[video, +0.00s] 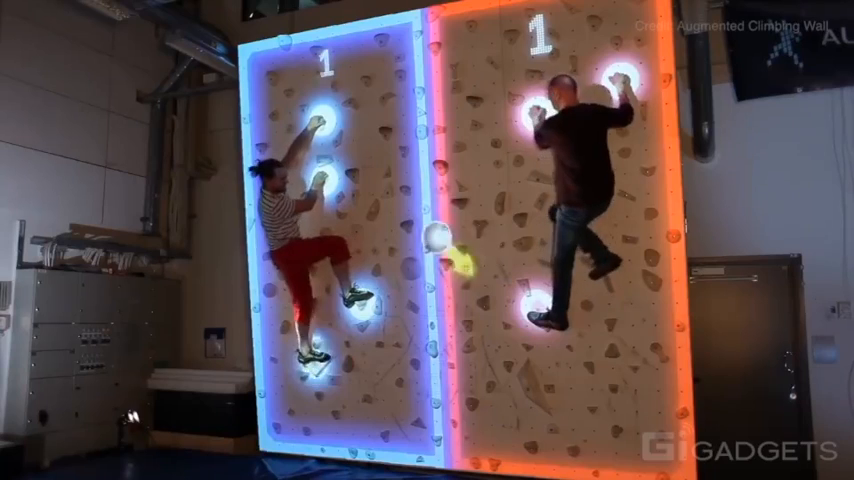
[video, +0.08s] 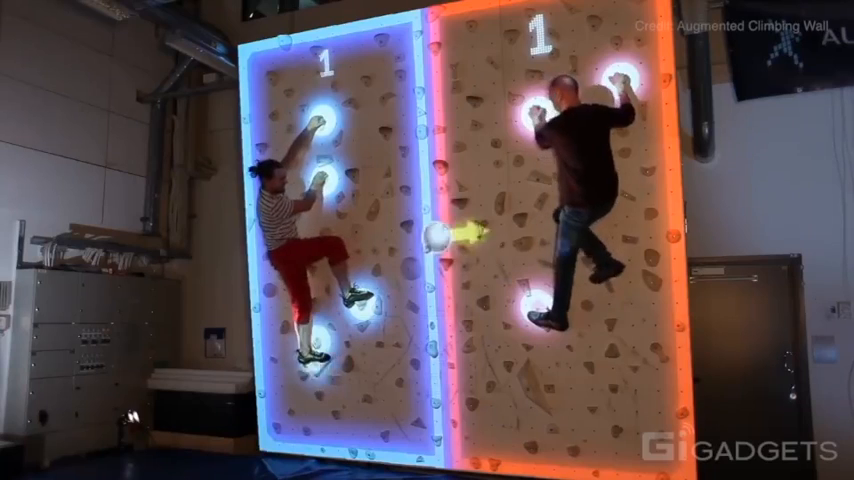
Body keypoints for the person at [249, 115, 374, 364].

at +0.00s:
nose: (285, 181)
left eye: (285, 177)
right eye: (281, 179)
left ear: (273, 179)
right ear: (269, 181)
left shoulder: (269, 191)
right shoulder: (277, 203)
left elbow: (291, 156)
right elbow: (308, 205)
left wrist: (309, 130)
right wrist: (318, 187)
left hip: (283, 254)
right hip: (292, 250)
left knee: (304, 301)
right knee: (336, 245)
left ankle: (305, 351)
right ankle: (349, 293)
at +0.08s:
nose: (285, 181)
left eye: (284, 177)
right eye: (281, 179)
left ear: (272, 179)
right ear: (269, 182)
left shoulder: (268, 191)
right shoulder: (275, 203)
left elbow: (291, 157)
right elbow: (307, 205)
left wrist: (309, 130)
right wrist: (317, 186)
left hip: (281, 253)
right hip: (289, 250)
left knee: (302, 301)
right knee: (333, 245)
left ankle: (305, 353)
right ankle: (348, 293)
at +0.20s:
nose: (284, 181)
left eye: (283, 177)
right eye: (279, 179)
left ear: (270, 180)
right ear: (267, 182)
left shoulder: (266, 191)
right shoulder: (273, 204)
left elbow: (290, 156)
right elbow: (305, 204)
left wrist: (309, 130)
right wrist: (317, 186)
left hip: (279, 253)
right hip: (287, 250)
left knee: (300, 300)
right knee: (331, 245)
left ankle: (305, 351)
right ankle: (348, 293)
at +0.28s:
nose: (283, 182)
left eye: (282, 178)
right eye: (278, 179)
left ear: (269, 181)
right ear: (266, 182)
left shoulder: (264, 192)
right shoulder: (272, 204)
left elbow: (289, 157)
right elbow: (305, 205)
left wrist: (309, 130)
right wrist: (317, 186)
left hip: (277, 253)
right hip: (286, 250)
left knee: (299, 300)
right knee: (330, 245)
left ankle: (305, 352)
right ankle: (348, 293)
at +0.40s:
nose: (281, 181)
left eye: (280, 177)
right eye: (277, 179)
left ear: (269, 180)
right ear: (264, 181)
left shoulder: (264, 192)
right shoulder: (270, 203)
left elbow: (289, 157)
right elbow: (304, 206)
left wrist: (309, 130)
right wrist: (316, 186)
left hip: (278, 252)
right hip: (285, 250)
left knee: (300, 300)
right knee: (330, 245)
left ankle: (305, 352)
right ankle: (348, 293)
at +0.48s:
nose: (281, 181)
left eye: (280, 177)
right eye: (276, 179)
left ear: (268, 180)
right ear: (264, 181)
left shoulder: (263, 192)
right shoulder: (269, 203)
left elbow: (289, 157)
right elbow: (303, 206)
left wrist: (309, 130)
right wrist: (316, 186)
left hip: (278, 253)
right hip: (285, 250)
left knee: (301, 300)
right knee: (330, 245)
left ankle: (305, 351)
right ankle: (348, 293)